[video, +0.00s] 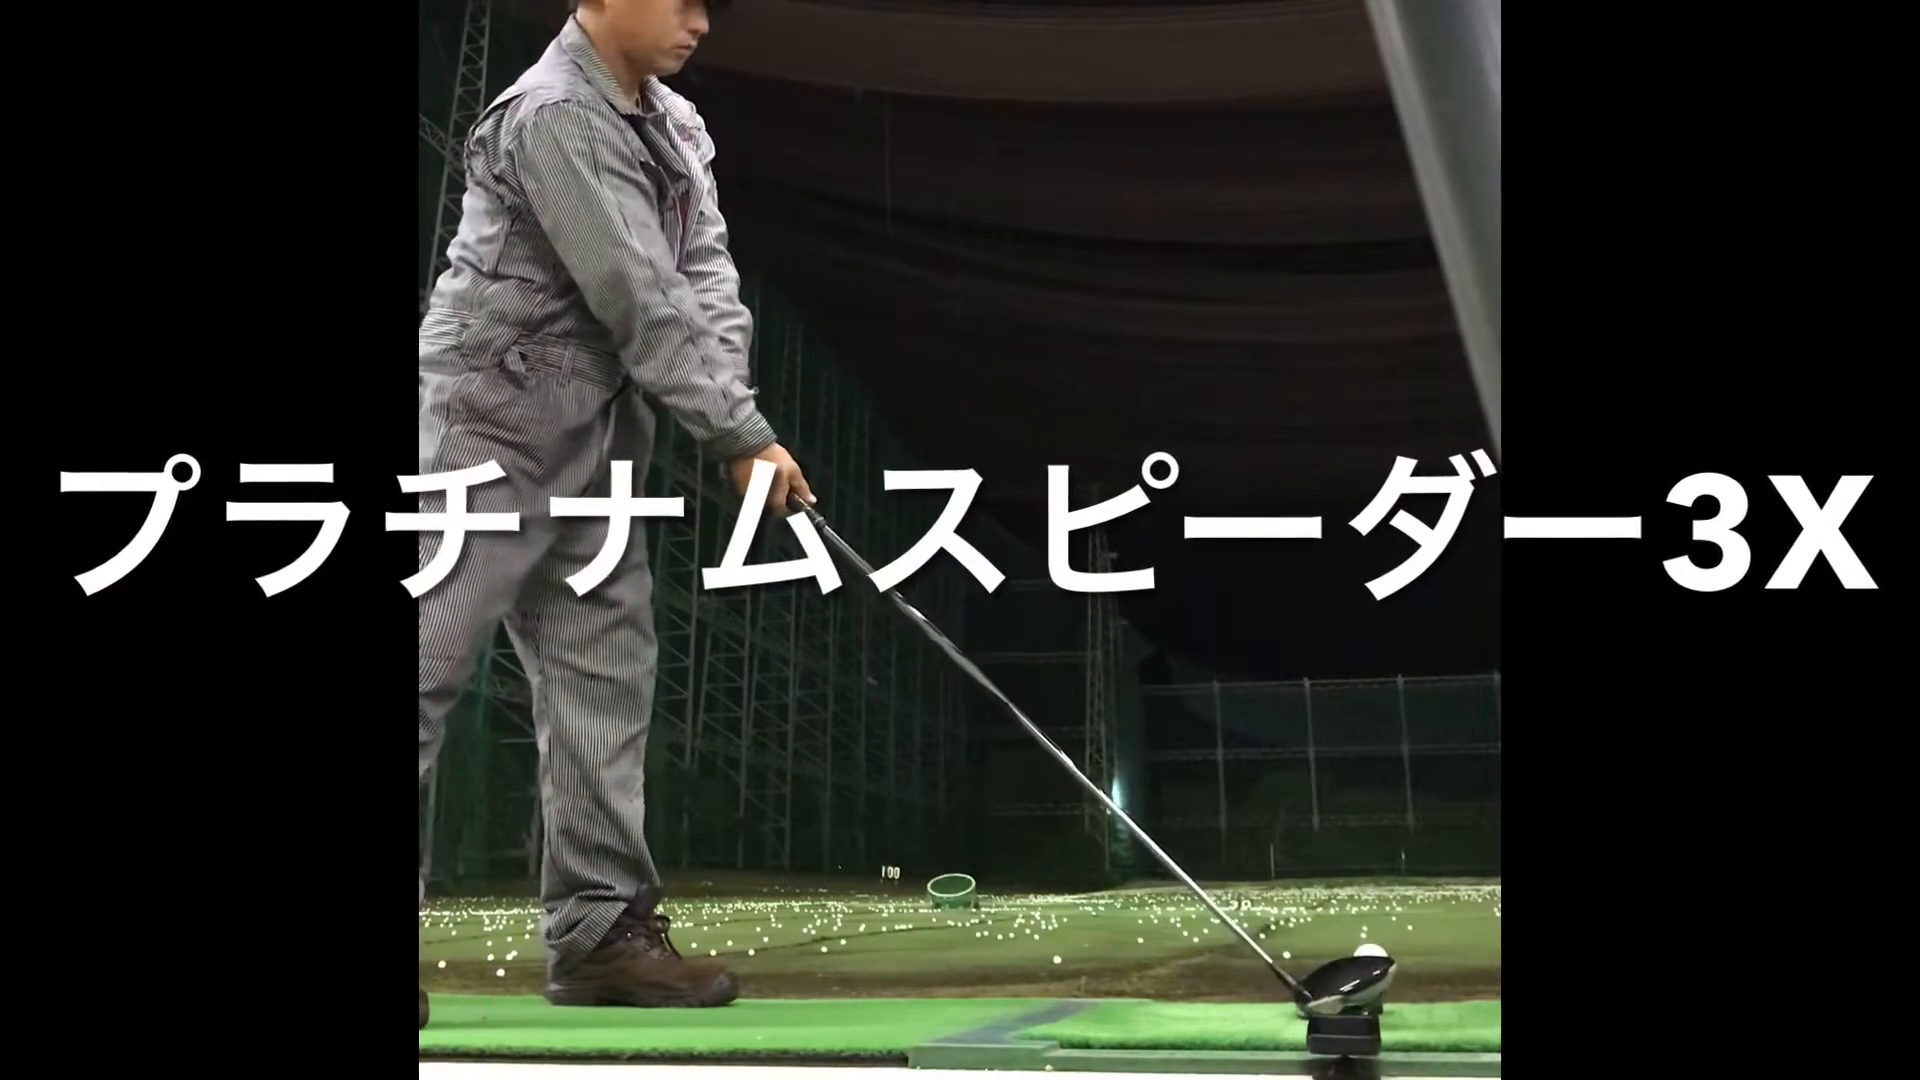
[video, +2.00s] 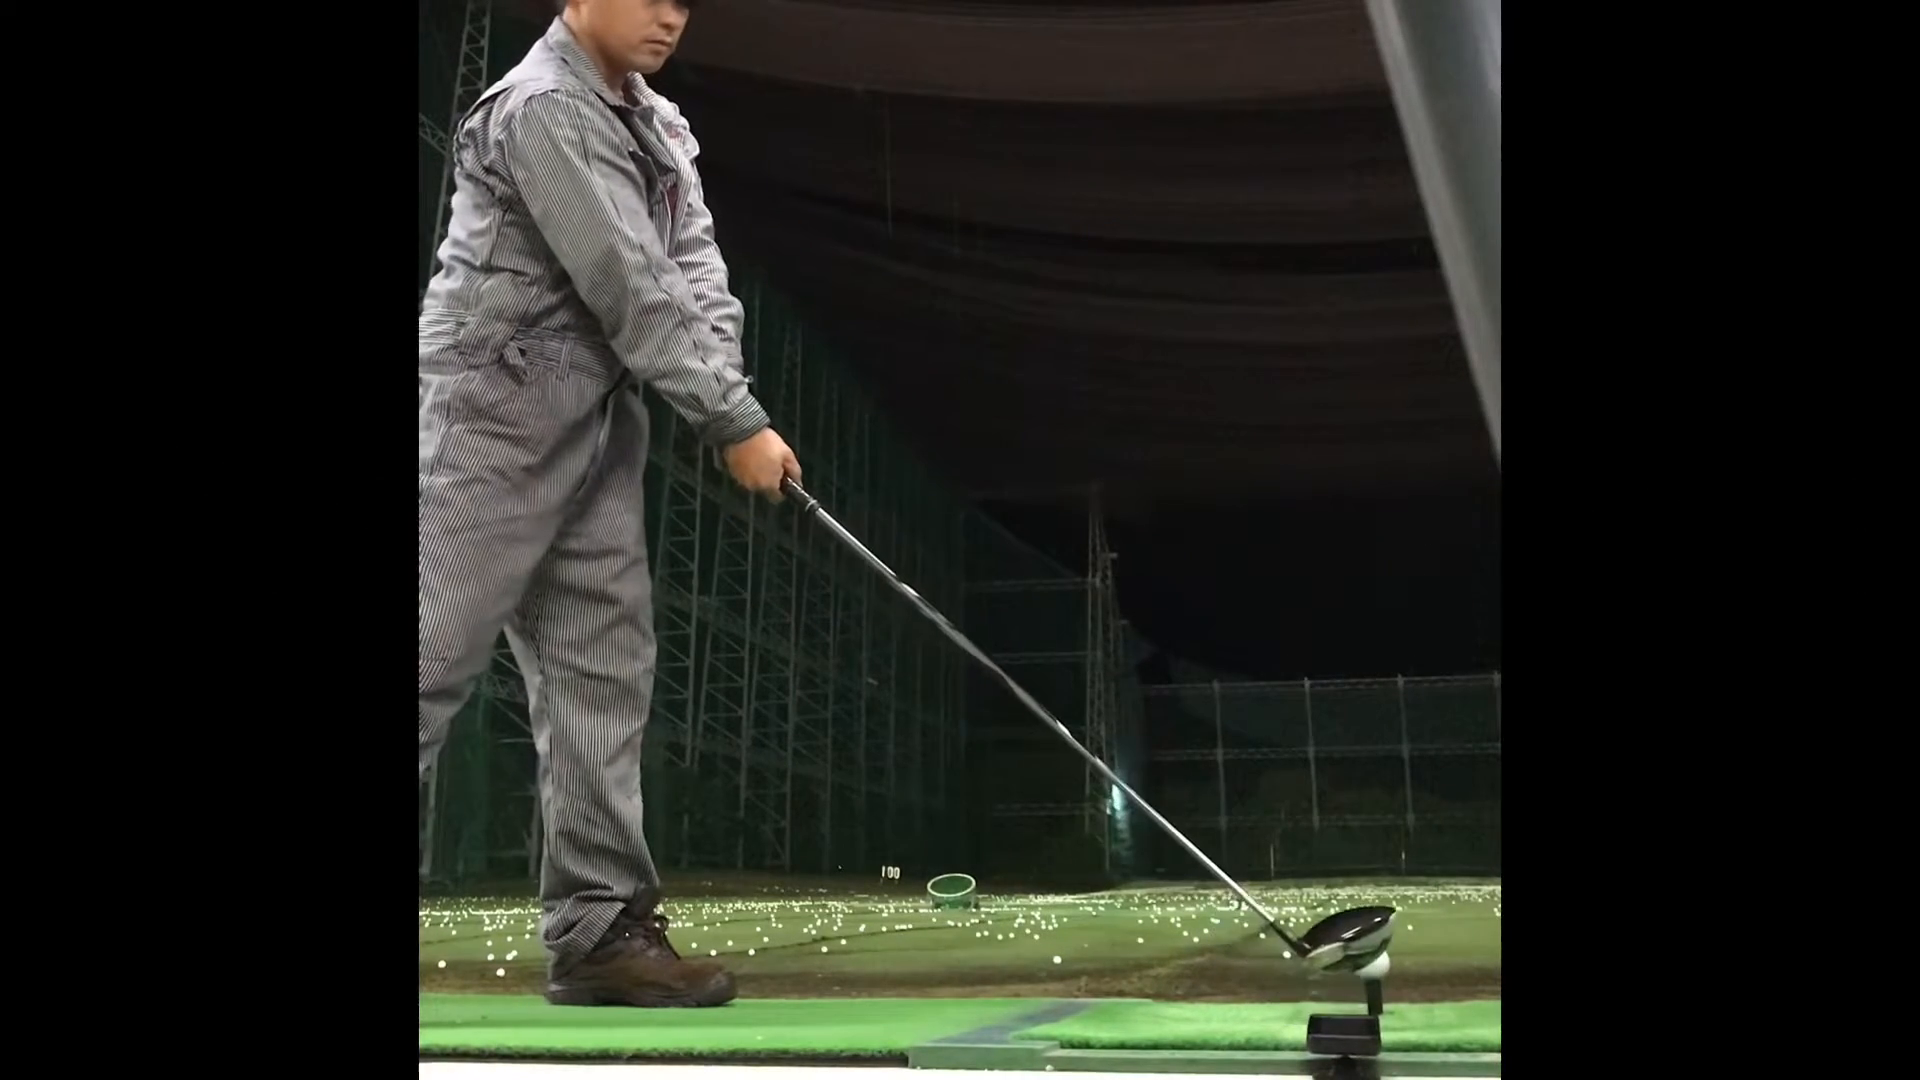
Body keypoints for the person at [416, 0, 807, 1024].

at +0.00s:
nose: (702, 20)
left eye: (704, 4)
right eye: (683, 0)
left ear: (670, 16)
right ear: (605, 2)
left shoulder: (676, 121)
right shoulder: (554, 113)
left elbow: (708, 277)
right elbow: (637, 295)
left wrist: (730, 419)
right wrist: (743, 434)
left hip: (591, 448)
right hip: (480, 436)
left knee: (602, 682)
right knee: (430, 683)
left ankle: (598, 935)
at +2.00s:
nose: (671, 19)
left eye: (679, 4)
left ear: (677, 18)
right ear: (581, 2)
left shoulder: (658, 120)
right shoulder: (543, 107)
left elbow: (698, 267)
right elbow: (627, 284)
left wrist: (724, 401)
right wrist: (732, 422)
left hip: (591, 434)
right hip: (484, 426)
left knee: (601, 667)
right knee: (434, 672)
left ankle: (599, 934)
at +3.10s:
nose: (653, 30)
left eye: (670, 20)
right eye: (638, 5)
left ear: (673, 42)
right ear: (574, 2)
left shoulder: (682, 132)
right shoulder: (469, 105)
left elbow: (680, 240)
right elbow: (512, 236)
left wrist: (645, 335)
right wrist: (590, 342)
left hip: (604, 428)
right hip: (460, 421)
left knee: (629, 677)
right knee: (420, 656)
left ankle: (600, 935)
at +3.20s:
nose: (653, 33)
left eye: (672, 26)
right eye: (639, 7)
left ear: (676, 48)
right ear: (577, 2)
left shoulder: (685, 130)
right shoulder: (454, 95)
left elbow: (620, 194)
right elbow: (440, 178)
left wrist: (492, 228)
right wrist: (446, 225)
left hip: (591, 430)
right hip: (441, 413)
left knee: (634, 683)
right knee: (416, 640)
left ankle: (601, 936)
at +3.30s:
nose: (651, 30)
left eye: (672, 24)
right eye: (636, 5)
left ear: (678, 47)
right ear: (578, 4)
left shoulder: (677, 120)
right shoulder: (472, 84)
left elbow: (556, 108)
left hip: (572, 405)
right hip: (435, 386)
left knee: (624, 673)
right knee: (420, 620)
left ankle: (607, 930)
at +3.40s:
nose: (634, 24)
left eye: (647, 21)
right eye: (628, 7)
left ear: (656, 33)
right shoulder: (448, 77)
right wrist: (533, 31)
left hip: (533, 377)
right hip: (427, 378)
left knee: (610, 658)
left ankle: (622, 913)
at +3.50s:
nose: (621, 4)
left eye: (621, 2)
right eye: (626, 4)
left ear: (632, 13)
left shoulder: (606, 64)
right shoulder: (442, 72)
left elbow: (457, 3)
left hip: (506, 374)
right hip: (438, 382)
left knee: (603, 673)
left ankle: (652, 889)